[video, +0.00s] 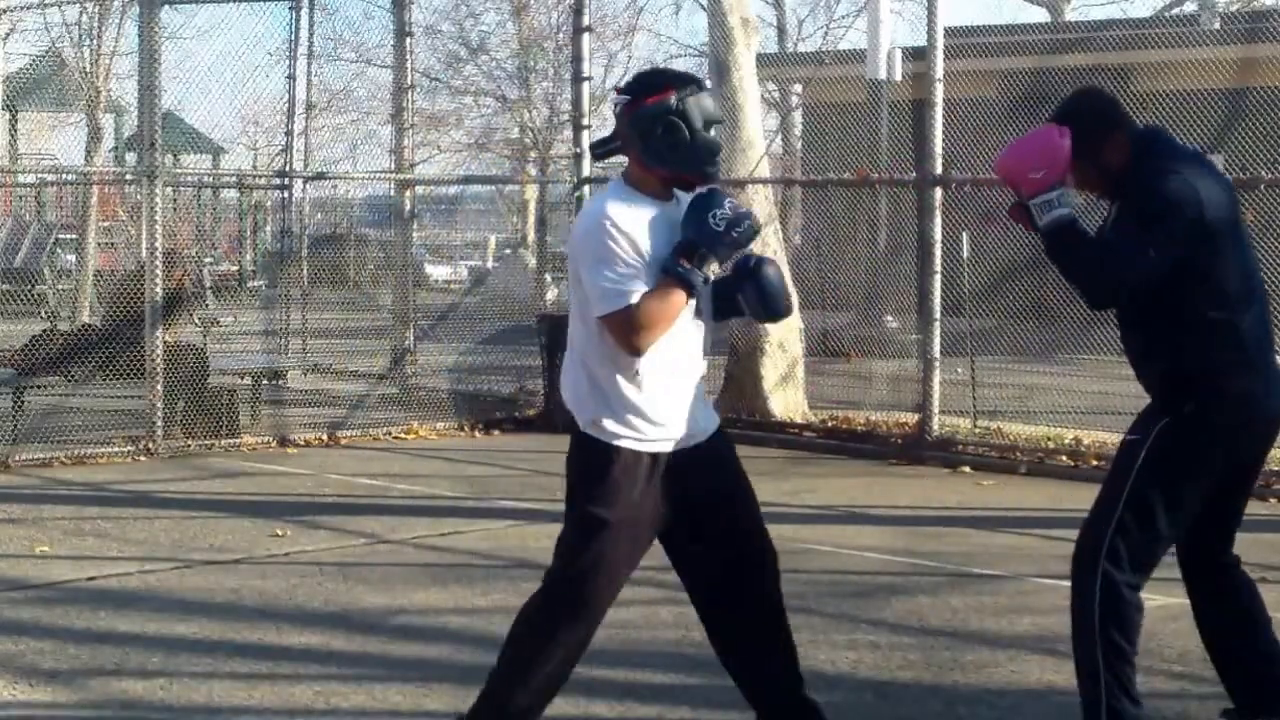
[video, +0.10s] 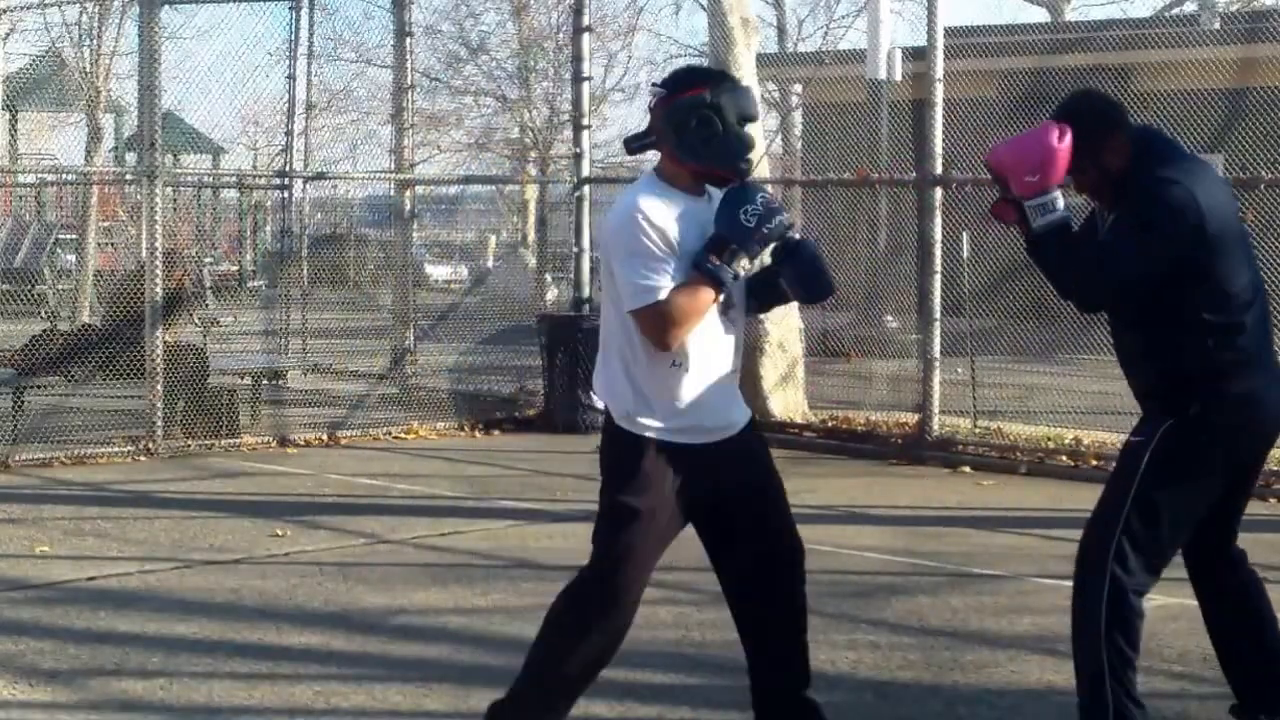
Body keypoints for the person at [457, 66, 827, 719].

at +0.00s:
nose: (685, 176)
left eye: (689, 163)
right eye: (673, 159)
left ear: (656, 151)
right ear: (649, 154)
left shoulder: (685, 208)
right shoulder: (605, 221)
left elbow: (676, 305)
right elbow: (633, 333)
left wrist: (735, 297)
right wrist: (695, 259)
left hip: (693, 435)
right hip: (621, 445)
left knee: (746, 585)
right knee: (574, 604)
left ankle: (789, 711)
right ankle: (495, 714)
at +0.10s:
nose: (741, 139)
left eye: (739, 127)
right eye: (727, 128)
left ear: (677, 133)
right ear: (701, 134)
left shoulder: (728, 206)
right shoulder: (636, 214)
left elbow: (723, 305)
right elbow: (664, 329)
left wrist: (778, 285)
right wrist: (726, 254)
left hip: (727, 433)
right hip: (648, 440)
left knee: (774, 581)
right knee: (609, 598)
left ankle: (788, 712)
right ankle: (519, 715)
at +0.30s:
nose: (825, 157)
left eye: (824, 142)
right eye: (808, 142)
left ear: (817, 153)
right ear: (765, 153)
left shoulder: (824, 224)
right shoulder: (715, 227)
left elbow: (908, 260)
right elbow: (724, 334)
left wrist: (965, 221)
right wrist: (795, 260)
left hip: (797, 460)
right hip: (703, 461)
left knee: (879, 615)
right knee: (635, 593)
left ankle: (940, 711)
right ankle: (545, 710)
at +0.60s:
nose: (849, 154)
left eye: (847, 141)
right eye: (836, 142)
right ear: (795, 152)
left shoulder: (840, 227)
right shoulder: (730, 232)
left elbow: (850, 326)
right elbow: (712, 339)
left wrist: (907, 305)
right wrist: (790, 283)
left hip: (829, 449)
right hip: (733, 453)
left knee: (884, 599)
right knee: (684, 600)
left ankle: (931, 712)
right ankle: (635, 711)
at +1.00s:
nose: (908, 152)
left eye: (912, 138)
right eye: (896, 138)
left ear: (911, 136)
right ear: (856, 133)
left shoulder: (907, 204)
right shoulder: (786, 200)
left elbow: (909, 314)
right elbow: (765, 303)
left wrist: (949, 278)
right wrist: (840, 259)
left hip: (883, 428)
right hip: (791, 425)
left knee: (906, 582)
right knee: (743, 574)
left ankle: (919, 708)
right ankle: (675, 706)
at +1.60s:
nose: (845, 135)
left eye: (858, 122)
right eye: (829, 122)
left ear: (878, 130)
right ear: (804, 129)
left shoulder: (898, 200)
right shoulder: (770, 202)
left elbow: (960, 280)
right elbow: (809, 283)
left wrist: (967, 192)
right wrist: (834, 194)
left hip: (886, 439)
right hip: (789, 442)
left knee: (918, 611)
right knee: (752, 610)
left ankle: (940, 716)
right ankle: (717, 716)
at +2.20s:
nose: (878, 125)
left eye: (890, 111)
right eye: (862, 110)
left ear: (903, 119)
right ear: (822, 114)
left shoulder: (921, 201)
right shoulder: (775, 196)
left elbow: (958, 325)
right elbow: (754, 300)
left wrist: (953, 250)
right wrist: (798, 227)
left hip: (892, 442)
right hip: (791, 439)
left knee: (919, 619)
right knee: (756, 620)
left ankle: (940, 716)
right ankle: (752, 712)